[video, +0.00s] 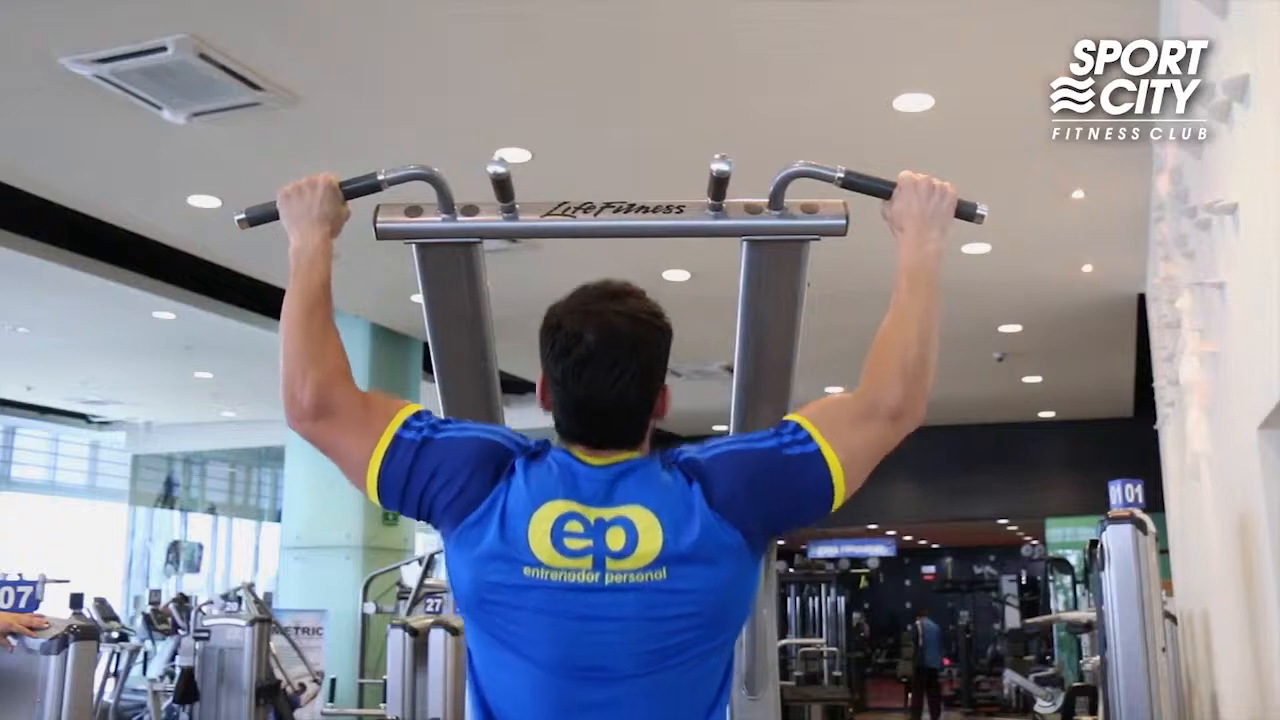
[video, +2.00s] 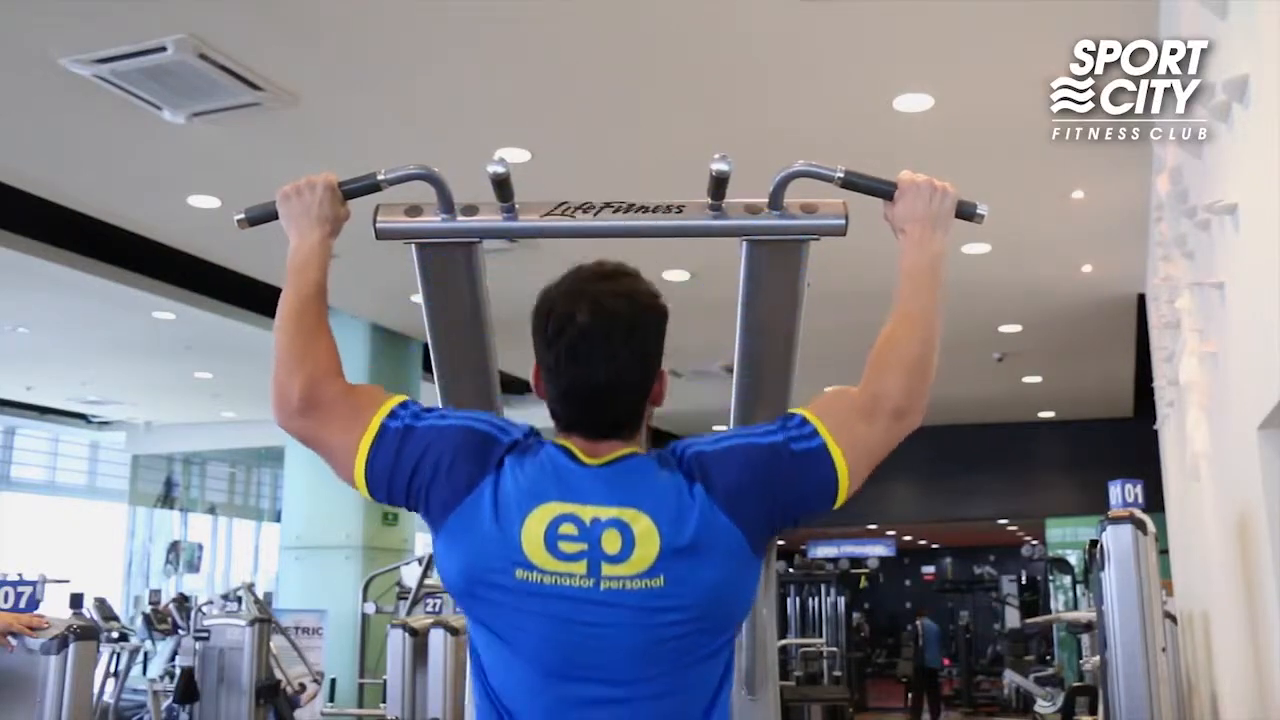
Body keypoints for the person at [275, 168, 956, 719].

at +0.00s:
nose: (665, 386)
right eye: (665, 376)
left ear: (541, 391)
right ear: (662, 398)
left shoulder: (480, 485)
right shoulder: (727, 494)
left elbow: (316, 401)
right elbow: (889, 405)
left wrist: (309, 240)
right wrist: (921, 242)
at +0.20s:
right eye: (663, 290)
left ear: (547, 310)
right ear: (663, 313)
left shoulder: (480, 417)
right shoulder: (731, 419)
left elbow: (301, 398)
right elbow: (918, 402)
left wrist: (308, 241)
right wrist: (926, 244)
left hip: (530, 710)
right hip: (684, 710)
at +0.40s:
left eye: (550, 191)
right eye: (667, 196)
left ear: (548, 215)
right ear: (665, 215)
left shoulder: (486, 332)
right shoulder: (736, 331)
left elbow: (300, 393)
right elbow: (923, 394)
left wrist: (306, 238)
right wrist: (928, 239)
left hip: (536, 687)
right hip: (686, 687)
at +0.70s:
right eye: (670, 97)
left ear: (556, 116)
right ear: (666, 112)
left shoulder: (492, 236)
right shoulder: (736, 235)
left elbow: (341, 377)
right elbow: (890, 377)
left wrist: (308, 239)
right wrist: (925, 238)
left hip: (541, 595)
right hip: (684, 598)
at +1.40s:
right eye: (668, 182)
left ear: (550, 203)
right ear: (668, 203)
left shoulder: (480, 317)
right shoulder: (735, 327)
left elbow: (297, 392)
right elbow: (919, 394)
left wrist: (307, 242)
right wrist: (927, 237)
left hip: (532, 687)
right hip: (685, 687)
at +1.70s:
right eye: (664, 273)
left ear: (543, 289)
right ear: (664, 296)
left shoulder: (470, 395)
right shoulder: (732, 411)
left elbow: (290, 397)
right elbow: (916, 402)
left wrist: (306, 243)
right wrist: (927, 244)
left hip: (520, 703)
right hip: (680, 704)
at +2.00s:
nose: (661, 375)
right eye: (662, 362)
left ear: (537, 381)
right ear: (659, 385)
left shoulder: (471, 476)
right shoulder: (727, 490)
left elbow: (305, 399)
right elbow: (890, 405)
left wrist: (308, 240)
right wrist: (923, 243)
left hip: (519, 710)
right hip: (685, 712)